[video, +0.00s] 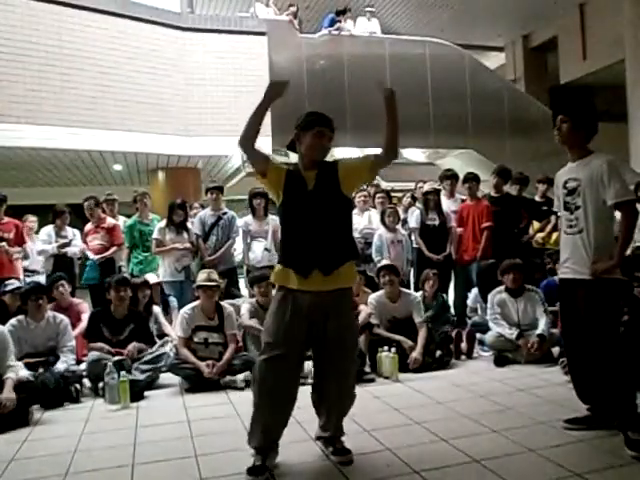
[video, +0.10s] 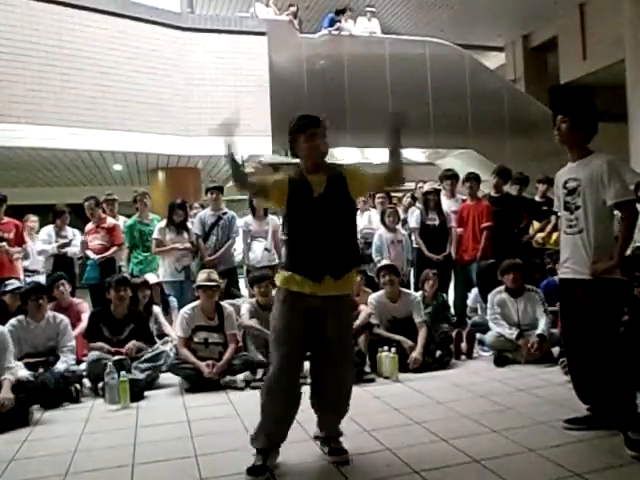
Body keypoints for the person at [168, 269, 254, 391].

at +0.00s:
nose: (209, 293)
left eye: (213, 289)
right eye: (205, 290)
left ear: (219, 291)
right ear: (197, 292)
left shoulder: (227, 311)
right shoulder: (187, 313)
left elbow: (232, 343)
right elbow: (181, 347)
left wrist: (222, 365)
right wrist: (200, 365)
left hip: (221, 357)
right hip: (197, 358)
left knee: (249, 359)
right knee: (173, 364)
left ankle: (198, 383)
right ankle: (221, 381)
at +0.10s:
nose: (209, 293)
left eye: (213, 289)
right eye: (205, 290)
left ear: (219, 291)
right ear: (197, 292)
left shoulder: (227, 311)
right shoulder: (187, 313)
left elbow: (232, 343)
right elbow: (181, 347)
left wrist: (221, 365)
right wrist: (201, 365)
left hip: (222, 357)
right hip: (197, 358)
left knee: (248, 360)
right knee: (174, 365)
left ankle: (199, 383)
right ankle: (221, 381)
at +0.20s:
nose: (209, 293)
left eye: (213, 289)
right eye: (205, 289)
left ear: (219, 291)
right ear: (197, 292)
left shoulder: (227, 311)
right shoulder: (187, 313)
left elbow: (232, 343)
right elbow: (181, 347)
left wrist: (221, 365)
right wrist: (201, 365)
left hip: (222, 357)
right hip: (197, 358)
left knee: (248, 360)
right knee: (174, 365)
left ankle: (199, 383)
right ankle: (221, 382)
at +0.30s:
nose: (210, 293)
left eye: (213, 289)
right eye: (205, 290)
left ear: (219, 291)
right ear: (197, 292)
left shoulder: (227, 311)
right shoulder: (187, 313)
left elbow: (232, 343)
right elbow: (181, 346)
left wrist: (221, 365)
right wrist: (200, 365)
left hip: (221, 358)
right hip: (196, 359)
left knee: (248, 359)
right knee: (173, 364)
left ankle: (199, 383)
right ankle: (222, 381)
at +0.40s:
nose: (209, 293)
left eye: (213, 289)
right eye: (205, 289)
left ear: (219, 291)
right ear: (197, 292)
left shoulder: (227, 312)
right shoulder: (187, 313)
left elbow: (232, 343)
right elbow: (181, 347)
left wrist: (221, 365)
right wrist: (201, 365)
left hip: (221, 358)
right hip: (197, 358)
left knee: (248, 360)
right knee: (174, 365)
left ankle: (199, 383)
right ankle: (221, 381)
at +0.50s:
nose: (210, 293)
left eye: (213, 289)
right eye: (205, 290)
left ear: (219, 291)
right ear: (197, 292)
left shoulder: (227, 312)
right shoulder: (187, 313)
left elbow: (232, 343)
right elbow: (181, 347)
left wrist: (221, 365)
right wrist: (201, 365)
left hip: (221, 359)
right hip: (197, 359)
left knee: (248, 360)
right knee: (173, 365)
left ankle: (199, 383)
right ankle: (222, 382)